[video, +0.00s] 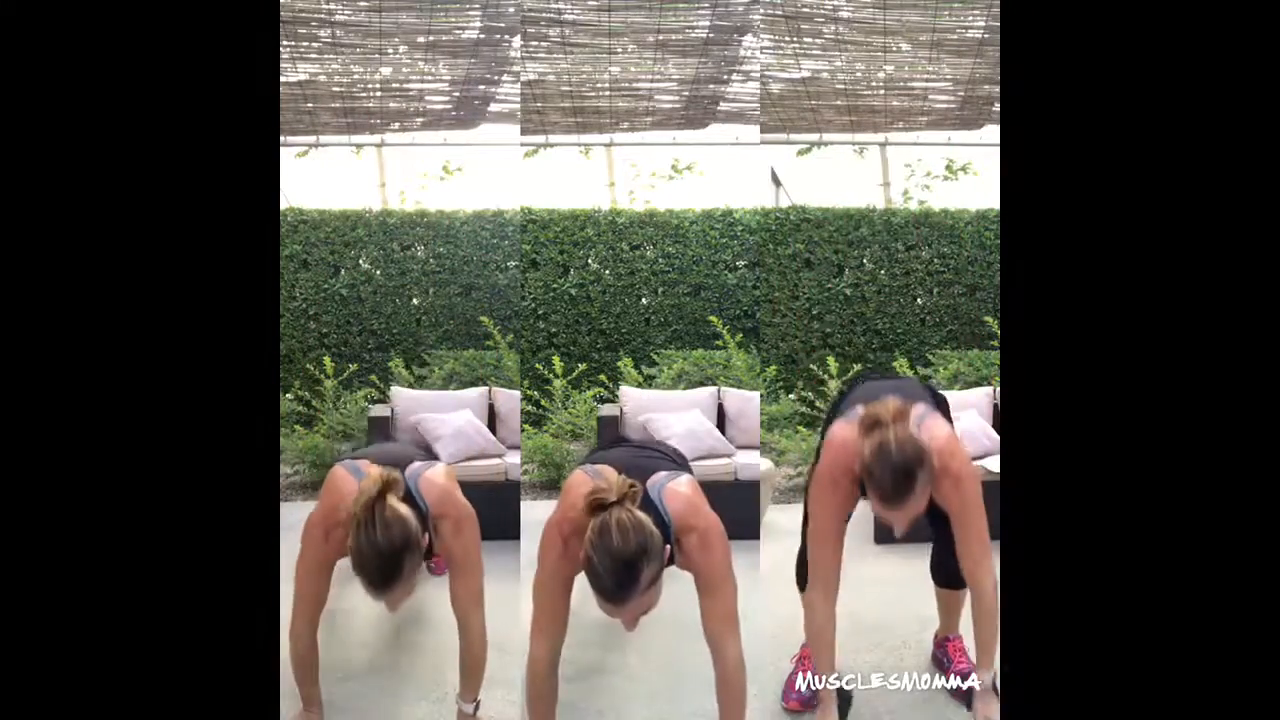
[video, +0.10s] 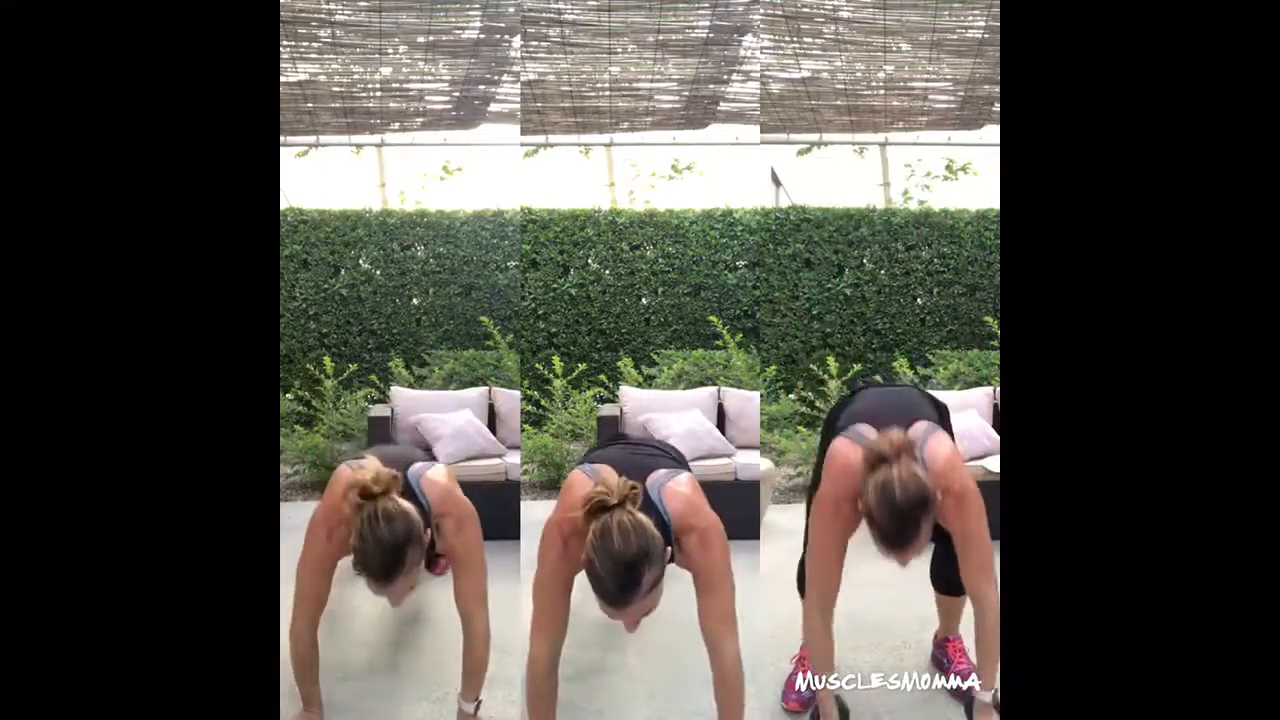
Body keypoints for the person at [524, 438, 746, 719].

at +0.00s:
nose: (629, 627)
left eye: (643, 612)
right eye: (614, 615)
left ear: (666, 558)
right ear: (585, 558)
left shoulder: (699, 527)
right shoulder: (564, 527)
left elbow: (726, 650)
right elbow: (543, 653)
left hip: (671, 462)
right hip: (597, 463)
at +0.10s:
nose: (630, 628)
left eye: (646, 612)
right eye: (613, 616)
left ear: (667, 557)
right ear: (587, 561)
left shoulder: (699, 527)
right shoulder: (563, 529)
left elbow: (724, 653)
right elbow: (543, 654)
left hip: (670, 461)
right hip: (596, 461)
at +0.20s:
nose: (633, 629)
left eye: (649, 614)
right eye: (616, 617)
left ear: (670, 557)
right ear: (591, 562)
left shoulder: (703, 529)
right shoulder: (562, 532)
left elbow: (726, 650)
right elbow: (544, 653)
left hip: (667, 466)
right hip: (595, 466)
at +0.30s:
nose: (636, 631)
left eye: (652, 613)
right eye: (619, 618)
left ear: (672, 559)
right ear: (592, 565)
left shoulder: (703, 528)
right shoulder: (563, 532)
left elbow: (727, 647)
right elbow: (543, 653)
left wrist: (733, 717)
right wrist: (541, 716)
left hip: (669, 472)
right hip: (592, 472)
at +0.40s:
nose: (638, 639)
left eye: (652, 631)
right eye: (623, 633)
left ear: (674, 566)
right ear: (591, 570)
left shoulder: (707, 534)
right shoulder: (564, 534)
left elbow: (734, 653)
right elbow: (539, 655)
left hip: (671, 474)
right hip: (594, 473)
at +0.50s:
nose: (648, 661)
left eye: (659, 650)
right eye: (636, 656)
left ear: (681, 587)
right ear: (595, 589)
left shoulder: (709, 539)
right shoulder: (565, 544)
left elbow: (737, 662)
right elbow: (538, 663)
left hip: (670, 444)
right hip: (594, 443)